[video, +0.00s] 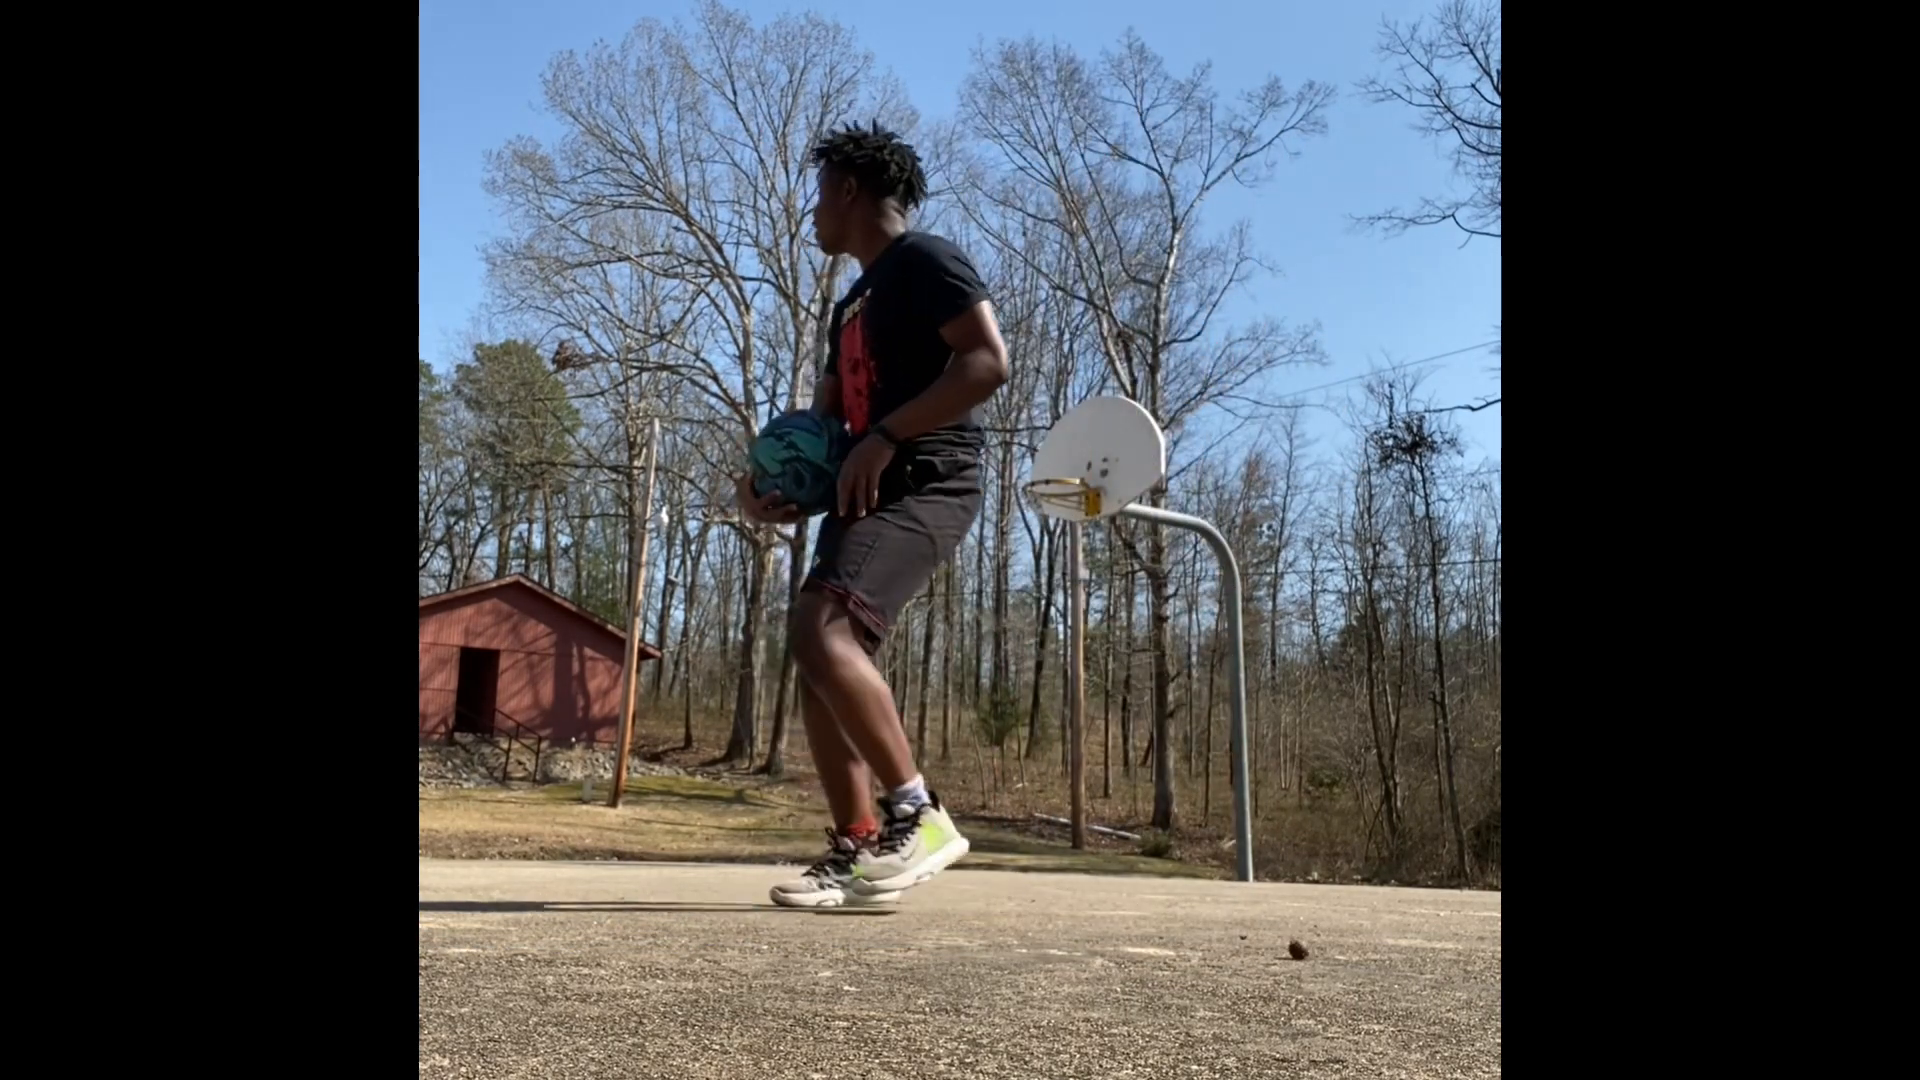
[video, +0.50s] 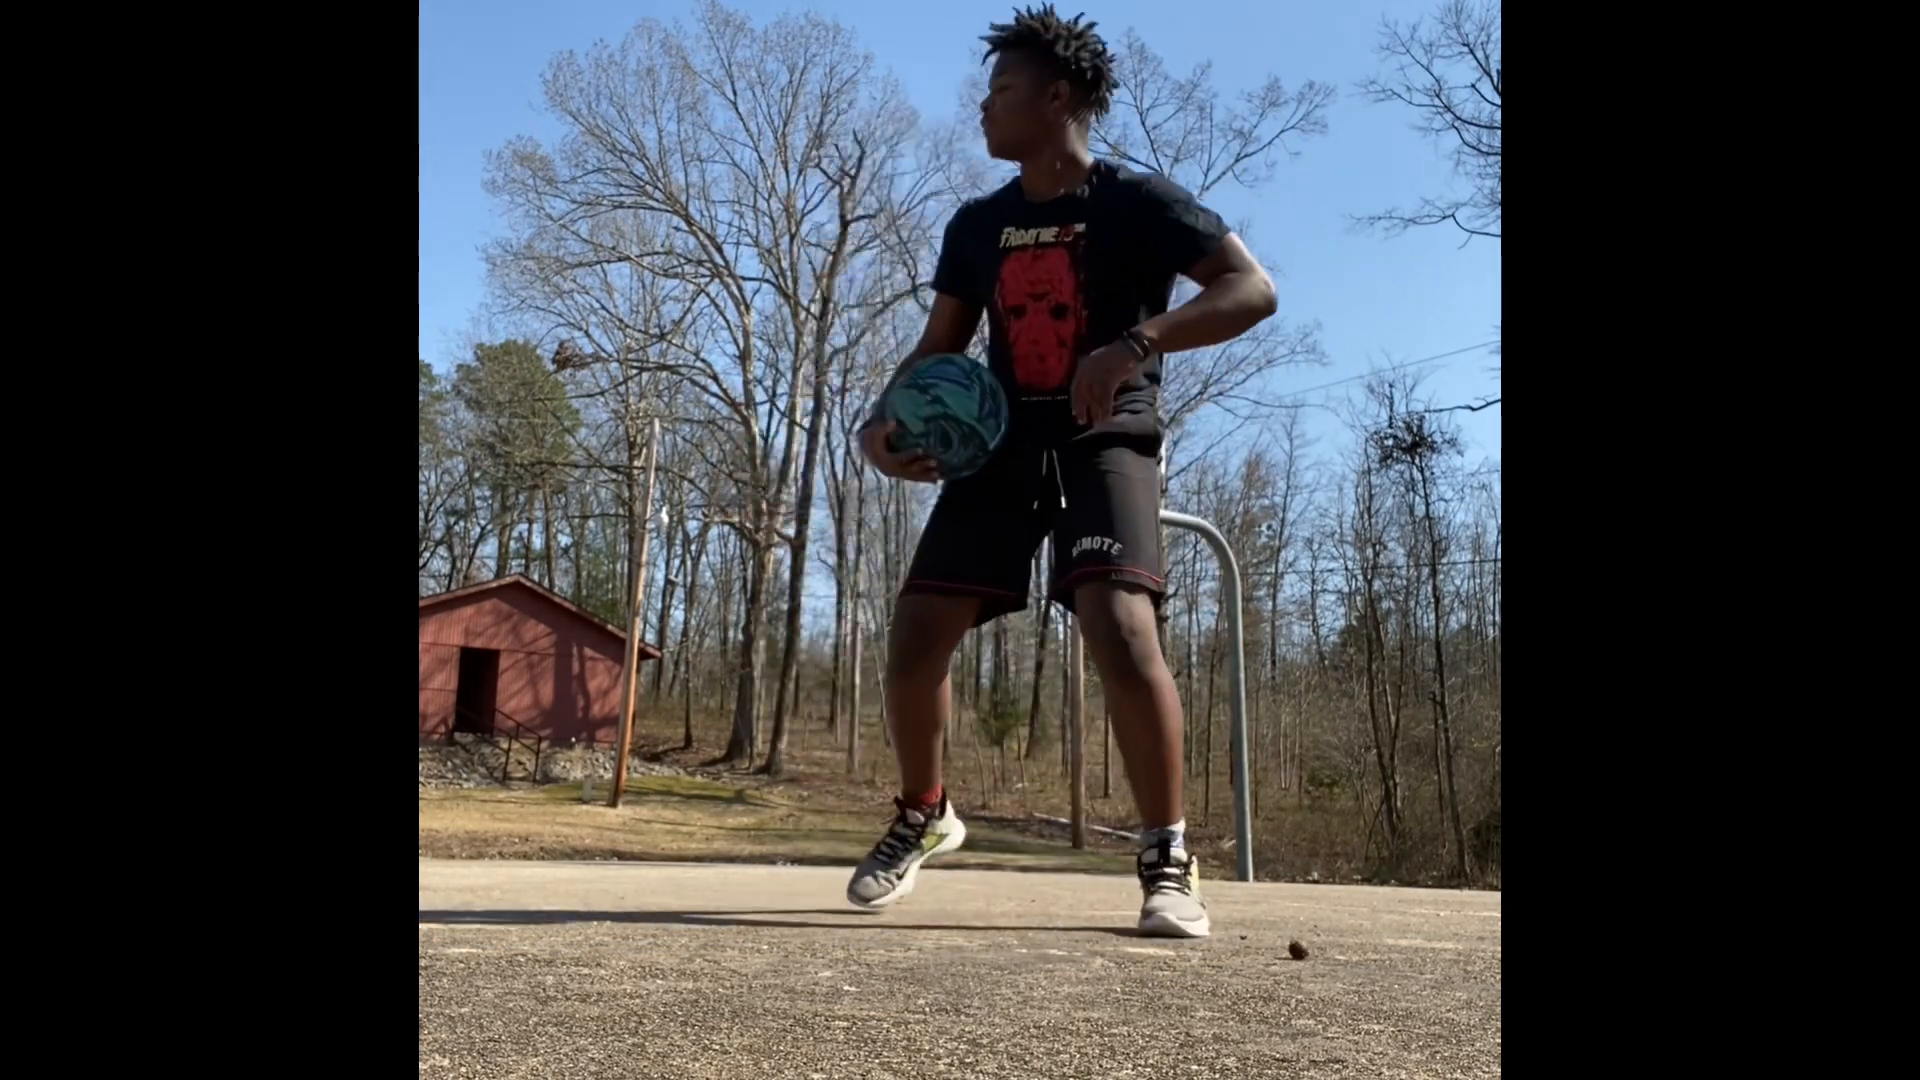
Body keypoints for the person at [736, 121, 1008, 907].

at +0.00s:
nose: (814, 207)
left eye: (823, 190)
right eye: (817, 191)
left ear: (860, 194)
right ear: (864, 198)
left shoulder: (926, 258)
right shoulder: (848, 308)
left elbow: (985, 362)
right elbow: (831, 425)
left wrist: (887, 435)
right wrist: (785, 492)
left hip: (929, 485)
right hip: (866, 490)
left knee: (826, 634)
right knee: (815, 652)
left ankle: (920, 817)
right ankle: (858, 850)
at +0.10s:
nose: (833, 177)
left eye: (843, 161)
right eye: (837, 161)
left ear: (881, 167)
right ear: (879, 170)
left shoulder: (956, 244)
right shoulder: (858, 283)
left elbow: (1022, 348)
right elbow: (844, 403)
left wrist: (908, 402)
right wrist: (795, 476)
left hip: (954, 463)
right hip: (877, 472)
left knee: (891, 626)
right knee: (832, 646)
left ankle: (1018, 810)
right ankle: (863, 848)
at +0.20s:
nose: (860, 179)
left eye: (873, 162)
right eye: (866, 162)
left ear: (912, 170)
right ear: (914, 174)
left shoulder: (989, 261)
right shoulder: (872, 281)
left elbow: (1051, 378)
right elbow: (865, 397)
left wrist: (926, 392)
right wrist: (815, 459)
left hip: (974, 469)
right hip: (895, 474)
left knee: (981, 631)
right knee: (834, 657)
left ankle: (1103, 832)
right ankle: (864, 855)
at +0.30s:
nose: (902, 171)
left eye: (913, 156)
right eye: (907, 155)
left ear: (957, 166)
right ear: (952, 167)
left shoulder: (1036, 268)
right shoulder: (909, 280)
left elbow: (1095, 391)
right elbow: (887, 390)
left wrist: (965, 401)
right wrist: (836, 463)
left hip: (1022, 483)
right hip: (932, 484)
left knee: (1053, 642)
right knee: (854, 664)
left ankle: (1158, 860)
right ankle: (864, 855)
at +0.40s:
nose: (945, 142)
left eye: (960, 124)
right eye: (952, 124)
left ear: (1007, 135)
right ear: (1003, 139)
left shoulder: (1096, 241)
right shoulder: (949, 259)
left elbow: (1177, 354)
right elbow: (919, 383)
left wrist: (1050, 386)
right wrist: (866, 463)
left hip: (1073, 458)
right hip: (972, 463)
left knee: (1107, 631)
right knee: (888, 653)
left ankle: (1168, 864)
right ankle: (864, 838)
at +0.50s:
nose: (985, 103)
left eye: (1002, 87)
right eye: (988, 87)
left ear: (1061, 99)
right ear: (1032, 102)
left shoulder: (1139, 201)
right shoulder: (979, 224)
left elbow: (1251, 289)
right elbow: (938, 346)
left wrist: (1138, 343)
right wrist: (884, 423)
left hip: (1107, 440)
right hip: (999, 445)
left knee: (1118, 622)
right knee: (918, 630)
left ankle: (1167, 862)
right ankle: (924, 819)